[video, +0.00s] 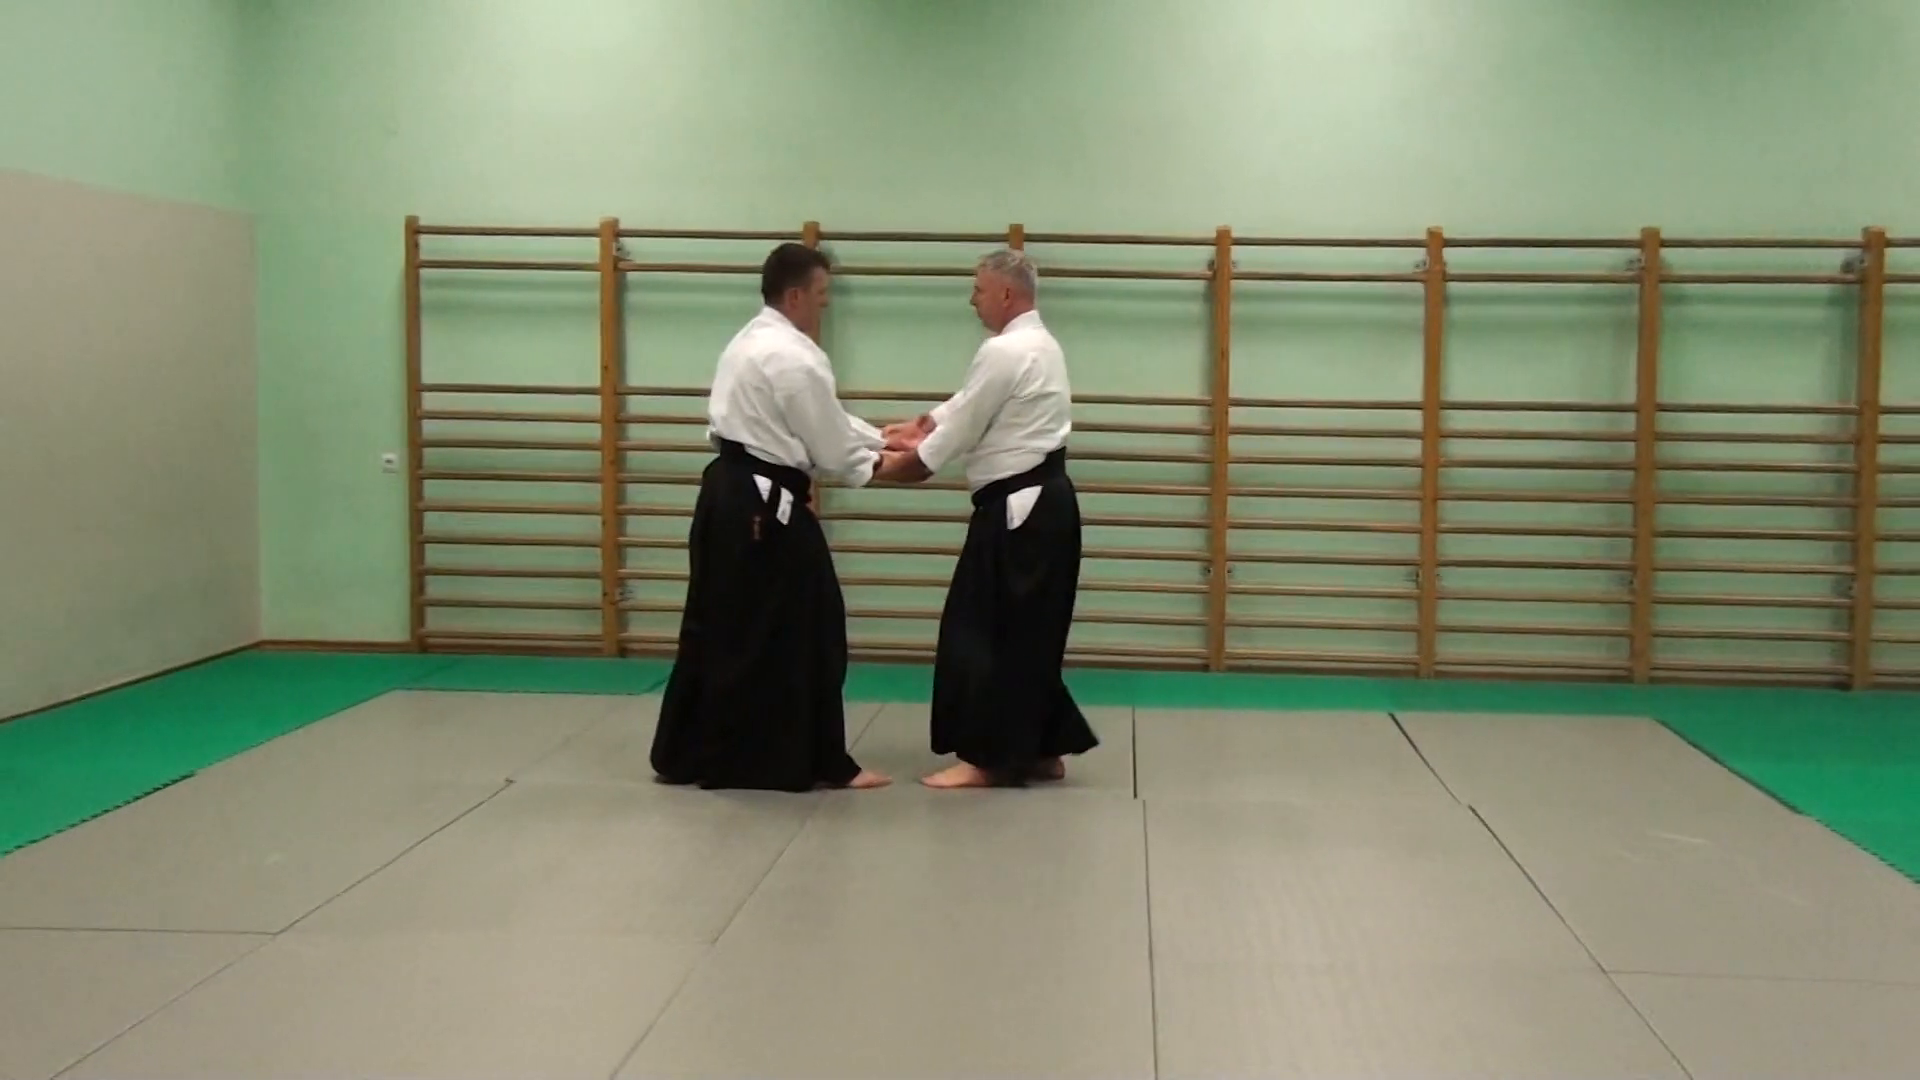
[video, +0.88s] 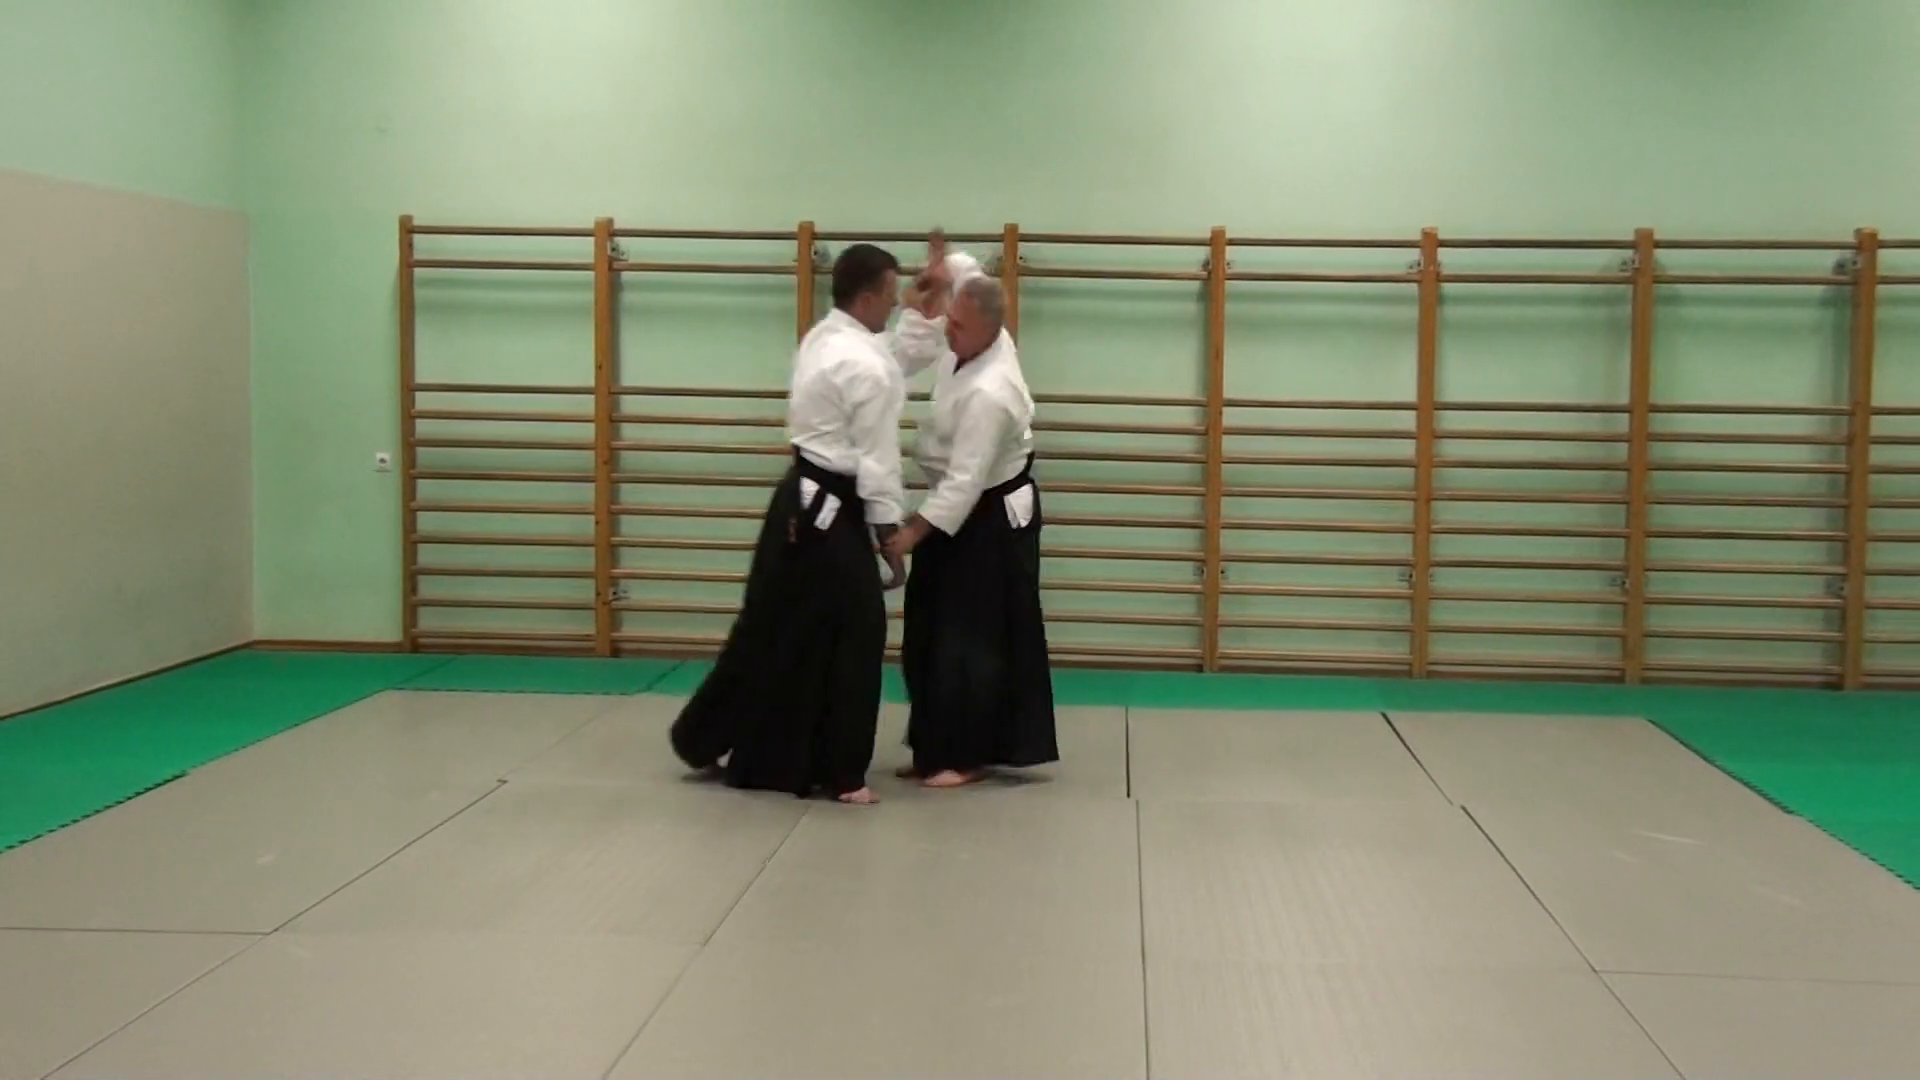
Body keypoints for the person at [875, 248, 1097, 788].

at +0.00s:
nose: (973, 300)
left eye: (979, 290)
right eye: (974, 290)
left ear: (1006, 293)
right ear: (1015, 294)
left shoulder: (1005, 353)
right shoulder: (1042, 344)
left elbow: (959, 431)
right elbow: (982, 406)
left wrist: (910, 459)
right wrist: (927, 423)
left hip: (1012, 508)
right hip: (1048, 499)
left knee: (973, 627)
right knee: (1031, 628)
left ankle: (982, 758)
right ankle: (1042, 749)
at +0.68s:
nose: (944, 304)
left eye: (951, 297)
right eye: (946, 295)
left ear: (980, 303)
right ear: (985, 302)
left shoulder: (975, 362)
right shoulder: (1002, 337)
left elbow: (932, 444)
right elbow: (936, 350)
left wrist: (877, 495)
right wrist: (889, 355)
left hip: (993, 511)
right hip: (1021, 500)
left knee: (964, 630)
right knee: (1016, 629)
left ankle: (971, 758)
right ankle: (1020, 756)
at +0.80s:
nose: (938, 318)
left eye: (946, 311)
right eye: (939, 309)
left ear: (977, 315)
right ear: (976, 313)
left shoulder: (981, 379)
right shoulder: (987, 342)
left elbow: (951, 470)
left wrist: (897, 522)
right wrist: (910, 293)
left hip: (989, 511)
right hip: (1007, 500)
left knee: (948, 623)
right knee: (992, 624)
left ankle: (964, 756)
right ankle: (996, 749)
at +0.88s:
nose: (947, 331)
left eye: (959, 325)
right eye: (947, 320)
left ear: (989, 326)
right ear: (951, 312)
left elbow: (966, 479)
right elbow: (970, 287)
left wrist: (917, 531)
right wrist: (945, 268)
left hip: (991, 513)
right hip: (961, 503)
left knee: (973, 630)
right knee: (934, 623)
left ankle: (972, 755)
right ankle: (936, 748)